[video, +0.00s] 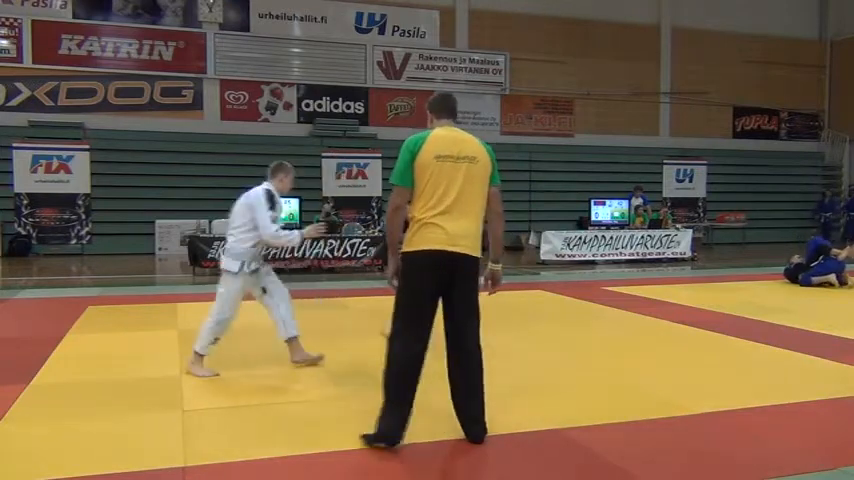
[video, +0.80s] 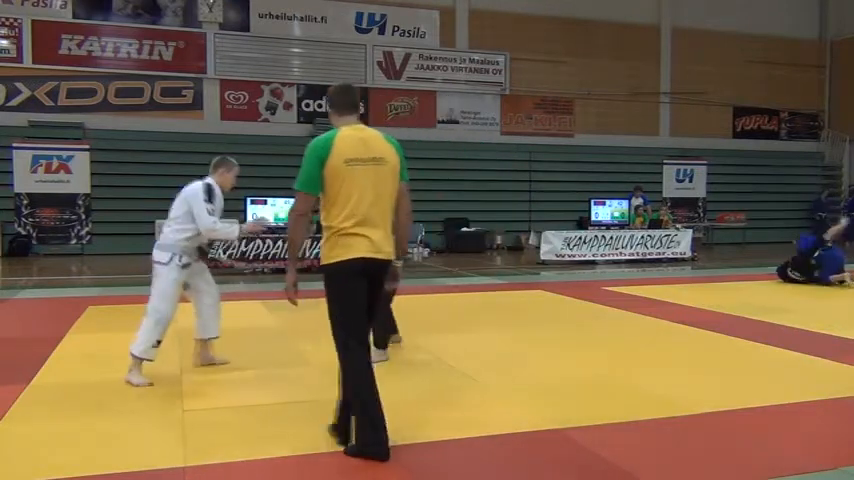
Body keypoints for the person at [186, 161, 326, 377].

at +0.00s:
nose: (292, 185)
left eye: (292, 180)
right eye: (291, 180)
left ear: (278, 177)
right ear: (281, 178)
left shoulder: (273, 200)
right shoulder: (259, 196)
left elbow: (268, 234)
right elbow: (269, 235)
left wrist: (300, 235)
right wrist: (303, 235)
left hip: (256, 265)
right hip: (236, 264)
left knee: (280, 298)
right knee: (223, 314)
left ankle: (296, 351)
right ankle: (196, 360)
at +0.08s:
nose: (289, 183)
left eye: (290, 178)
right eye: (288, 178)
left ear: (276, 174)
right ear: (277, 174)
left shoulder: (269, 196)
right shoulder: (254, 191)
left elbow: (262, 229)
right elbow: (259, 229)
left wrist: (291, 233)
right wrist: (292, 233)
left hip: (251, 257)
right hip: (230, 257)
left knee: (275, 294)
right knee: (223, 308)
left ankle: (280, 348)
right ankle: (197, 360)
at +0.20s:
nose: (288, 181)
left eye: (289, 177)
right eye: (288, 176)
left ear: (275, 172)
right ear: (278, 173)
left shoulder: (269, 196)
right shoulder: (253, 186)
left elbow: (255, 225)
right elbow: (247, 224)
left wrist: (279, 230)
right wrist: (277, 233)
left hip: (245, 251)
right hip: (223, 250)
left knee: (258, 294)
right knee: (221, 303)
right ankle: (198, 358)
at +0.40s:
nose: (280, 199)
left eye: (281, 195)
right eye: (280, 194)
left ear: (268, 190)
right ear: (270, 190)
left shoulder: (261, 214)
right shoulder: (248, 203)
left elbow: (263, 243)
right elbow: (237, 239)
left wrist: (293, 235)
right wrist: (264, 255)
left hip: (233, 260)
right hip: (211, 258)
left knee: (253, 295)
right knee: (215, 310)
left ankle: (243, 347)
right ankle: (174, 357)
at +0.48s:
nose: (272, 201)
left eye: (273, 197)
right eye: (271, 196)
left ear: (259, 194)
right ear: (261, 193)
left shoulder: (253, 217)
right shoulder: (239, 207)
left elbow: (256, 247)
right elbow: (231, 244)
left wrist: (287, 242)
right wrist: (260, 258)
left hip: (228, 264)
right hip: (206, 263)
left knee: (248, 295)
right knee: (206, 314)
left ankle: (242, 348)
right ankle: (158, 359)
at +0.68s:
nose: (244, 191)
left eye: (245, 186)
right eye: (243, 185)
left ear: (231, 182)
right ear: (231, 181)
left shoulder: (228, 207)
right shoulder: (208, 200)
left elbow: (231, 240)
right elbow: (216, 239)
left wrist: (254, 241)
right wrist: (250, 241)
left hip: (202, 263)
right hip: (181, 262)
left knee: (222, 298)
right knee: (173, 317)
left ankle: (236, 348)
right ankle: (137, 368)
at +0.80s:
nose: (235, 183)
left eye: (236, 178)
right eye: (234, 177)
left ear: (222, 173)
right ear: (222, 172)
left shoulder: (216, 197)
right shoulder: (198, 189)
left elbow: (211, 228)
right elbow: (208, 228)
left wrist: (242, 229)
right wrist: (243, 229)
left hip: (191, 259)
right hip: (170, 256)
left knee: (209, 296)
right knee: (161, 311)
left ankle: (204, 352)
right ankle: (134, 369)